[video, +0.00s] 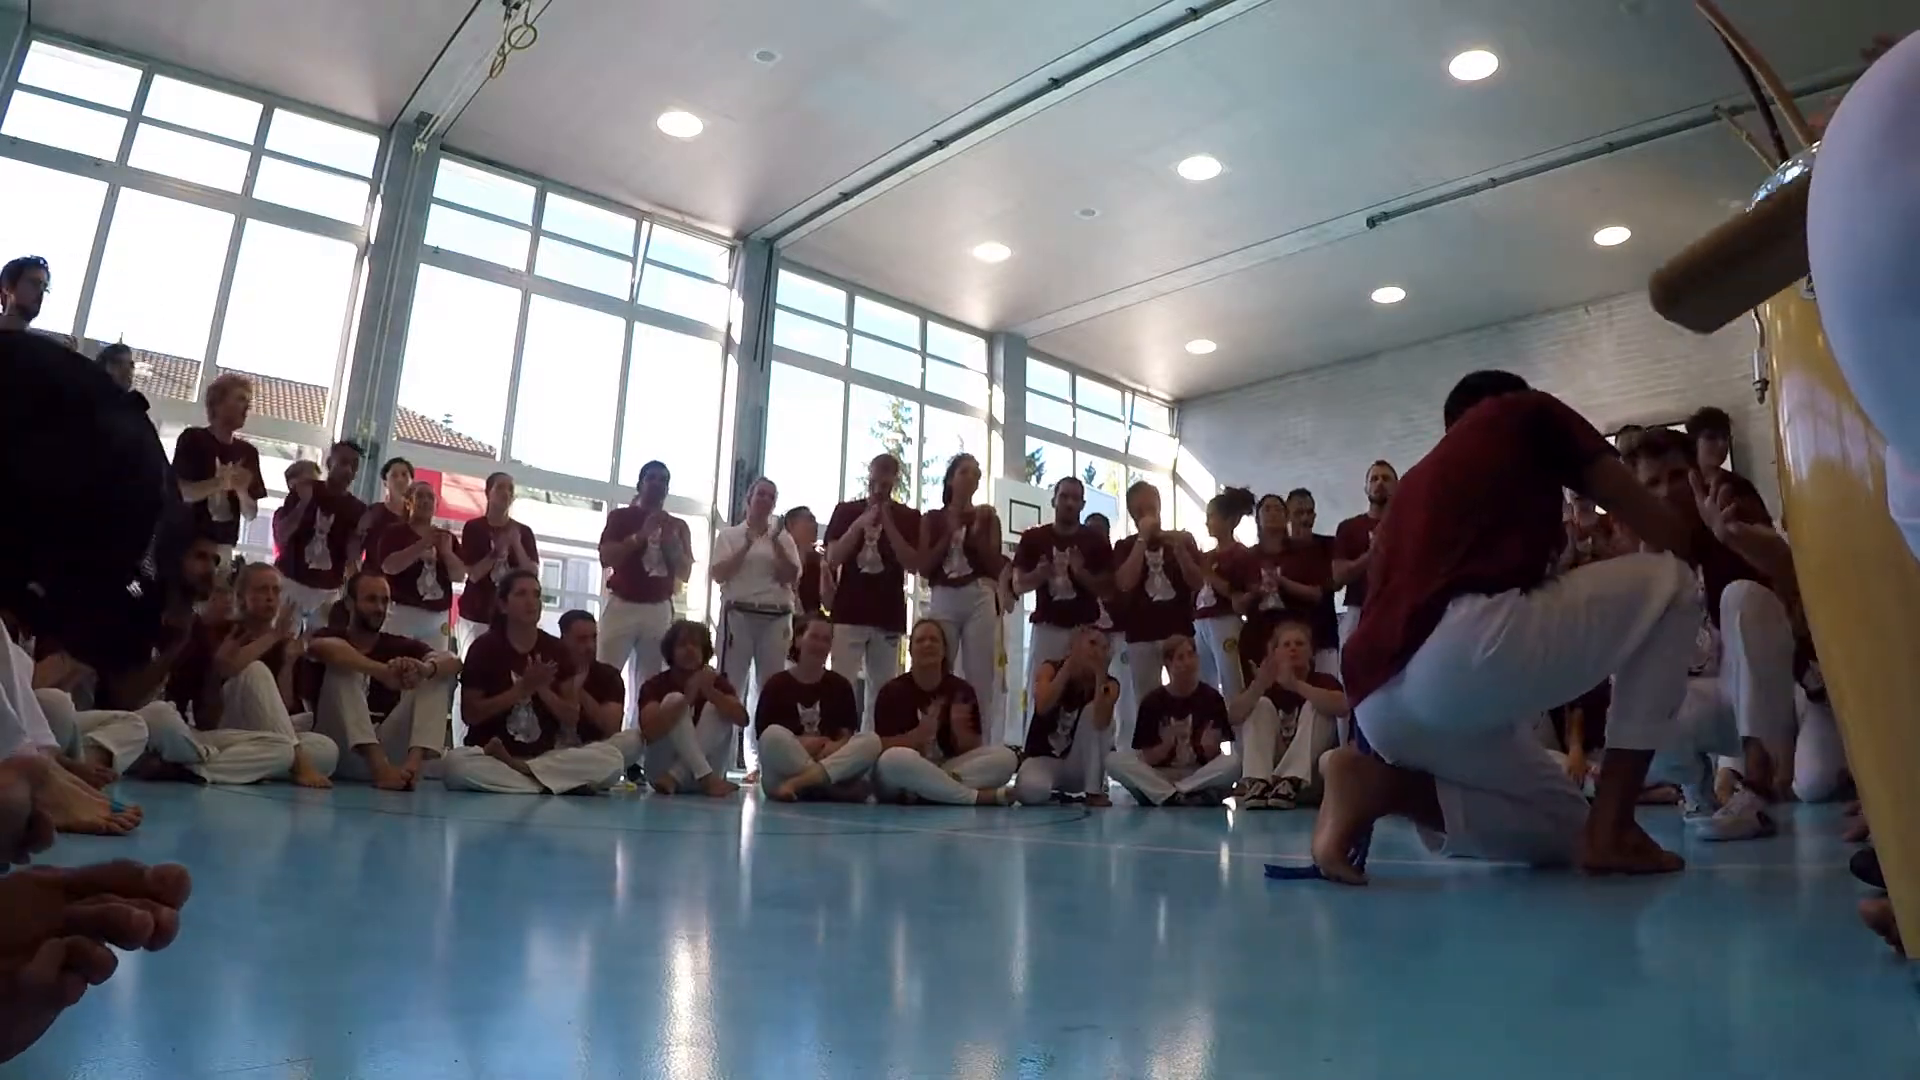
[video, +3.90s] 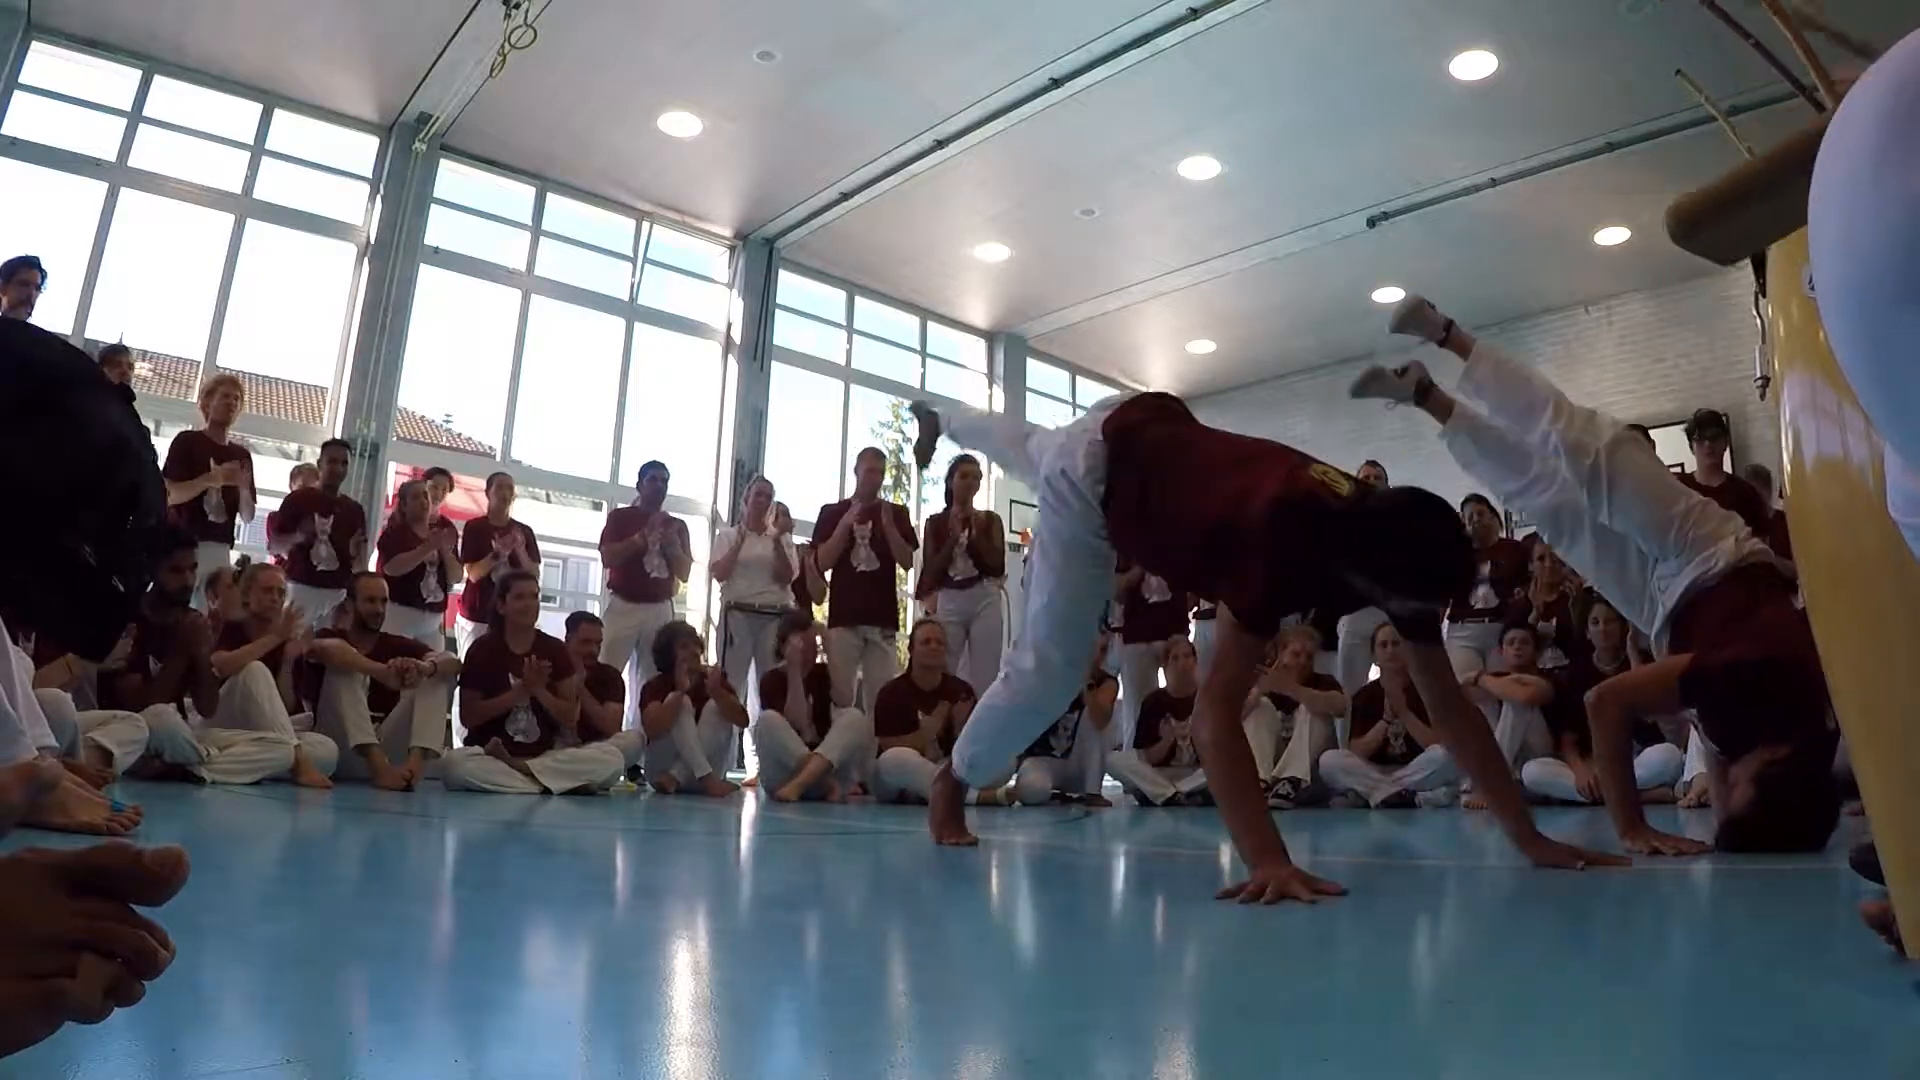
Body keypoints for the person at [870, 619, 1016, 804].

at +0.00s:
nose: (927, 645)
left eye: (934, 640)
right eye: (920, 640)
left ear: (944, 648)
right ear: (910, 649)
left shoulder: (962, 690)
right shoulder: (892, 691)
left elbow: (972, 749)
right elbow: (883, 745)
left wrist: (959, 728)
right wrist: (918, 735)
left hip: (951, 767)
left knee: (1006, 758)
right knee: (893, 760)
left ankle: (928, 792)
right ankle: (975, 798)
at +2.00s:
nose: (928, 646)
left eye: (935, 641)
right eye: (921, 642)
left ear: (944, 650)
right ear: (909, 650)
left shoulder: (961, 689)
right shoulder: (891, 692)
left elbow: (970, 749)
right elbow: (886, 747)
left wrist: (963, 723)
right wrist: (919, 728)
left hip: (951, 767)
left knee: (1005, 759)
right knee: (894, 759)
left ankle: (928, 792)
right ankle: (976, 798)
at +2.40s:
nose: (933, 647)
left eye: (939, 642)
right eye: (925, 642)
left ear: (946, 650)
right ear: (911, 650)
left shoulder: (961, 691)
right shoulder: (890, 693)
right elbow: (884, 747)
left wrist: (961, 726)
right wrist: (921, 732)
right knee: (892, 757)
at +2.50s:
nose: (933, 647)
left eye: (939, 642)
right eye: (925, 642)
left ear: (945, 650)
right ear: (911, 650)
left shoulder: (962, 691)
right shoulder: (890, 693)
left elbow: (972, 740)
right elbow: (884, 745)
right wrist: (925, 740)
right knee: (891, 757)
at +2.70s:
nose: (933, 647)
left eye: (939, 643)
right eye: (926, 642)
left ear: (947, 651)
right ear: (911, 650)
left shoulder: (962, 691)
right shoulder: (891, 692)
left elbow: (971, 748)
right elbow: (885, 746)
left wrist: (959, 723)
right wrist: (927, 731)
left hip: (951, 776)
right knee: (896, 757)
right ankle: (965, 797)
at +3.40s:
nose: (933, 647)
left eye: (939, 643)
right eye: (925, 642)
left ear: (946, 651)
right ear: (910, 650)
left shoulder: (962, 691)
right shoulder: (891, 693)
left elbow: (971, 747)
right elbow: (887, 744)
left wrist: (954, 731)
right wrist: (925, 739)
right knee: (893, 758)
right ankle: (987, 796)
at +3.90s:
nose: (934, 647)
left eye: (939, 643)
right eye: (926, 642)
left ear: (946, 651)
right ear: (911, 650)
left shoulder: (961, 690)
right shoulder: (892, 693)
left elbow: (970, 748)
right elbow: (893, 750)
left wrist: (962, 725)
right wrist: (927, 731)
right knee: (896, 758)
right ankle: (977, 796)